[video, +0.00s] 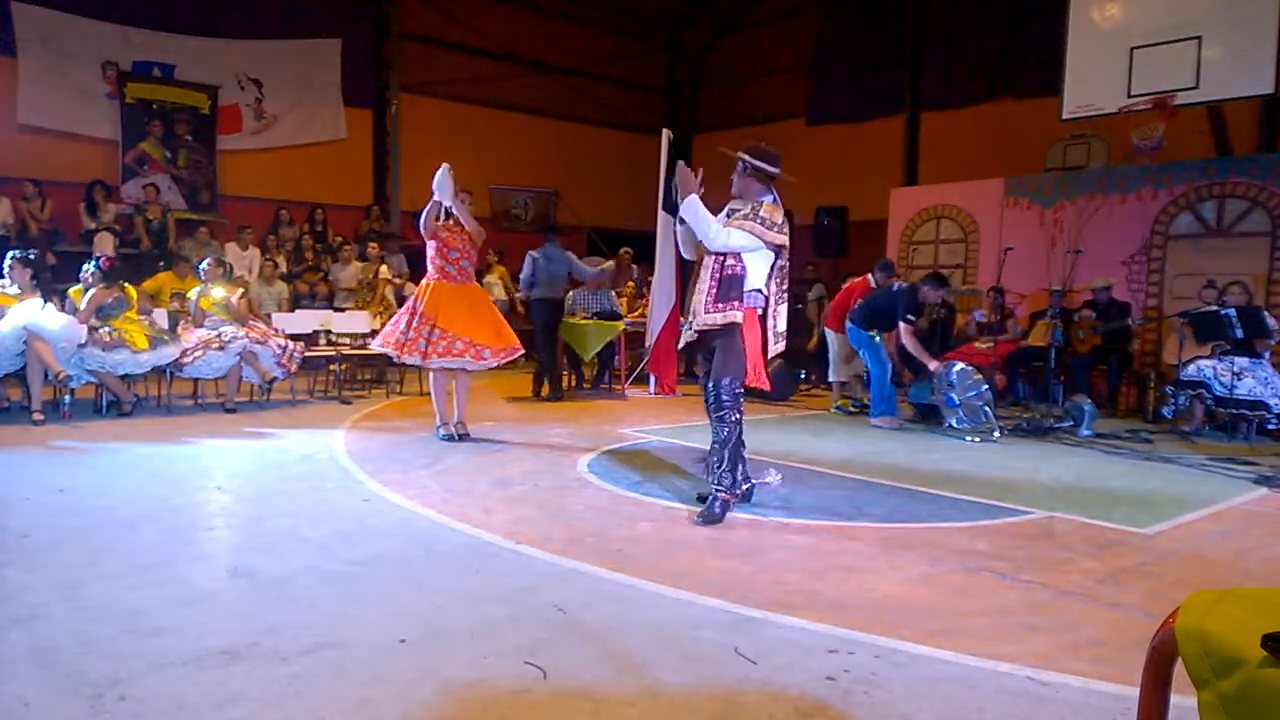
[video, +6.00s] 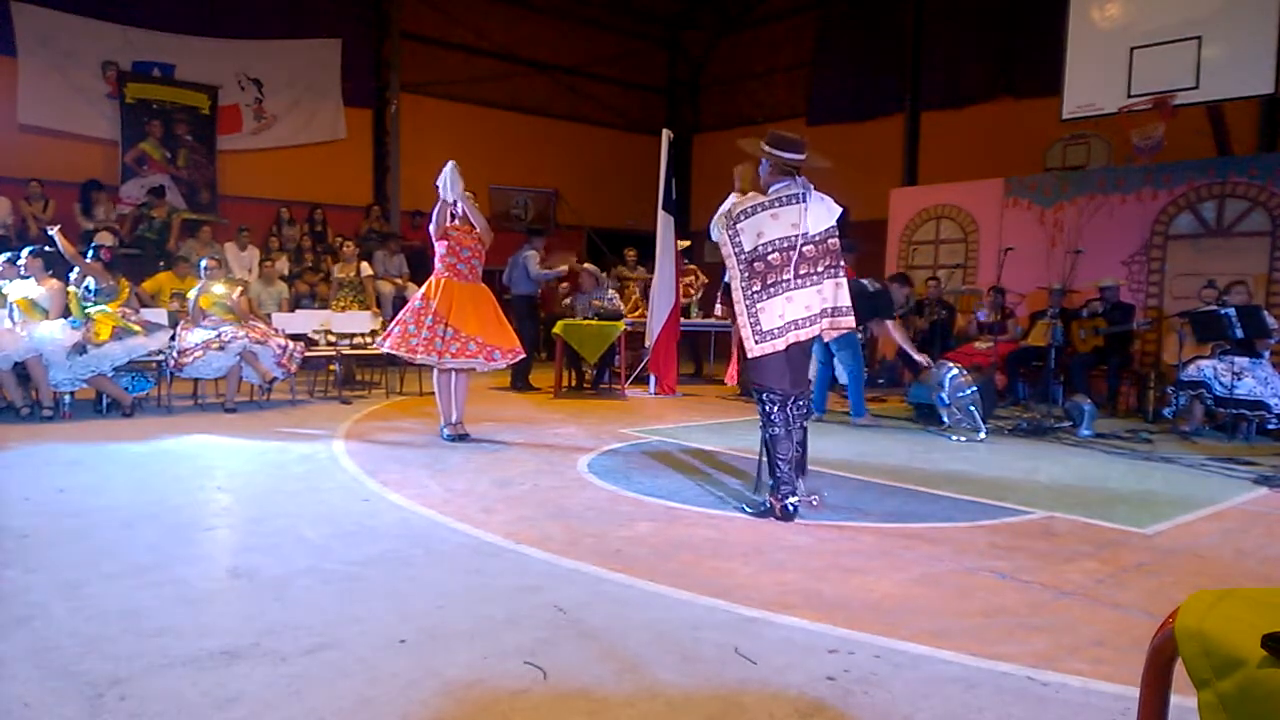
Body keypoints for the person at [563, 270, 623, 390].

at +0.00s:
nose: (597, 282)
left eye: (600, 278)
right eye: (594, 278)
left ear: (603, 280)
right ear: (587, 279)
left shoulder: (609, 294)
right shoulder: (573, 294)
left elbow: (619, 313)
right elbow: (567, 315)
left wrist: (597, 315)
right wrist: (578, 315)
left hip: (602, 330)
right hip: (580, 330)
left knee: (608, 349)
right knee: (571, 349)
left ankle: (598, 380)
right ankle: (579, 378)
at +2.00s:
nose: (592, 277)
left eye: (595, 274)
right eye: (590, 274)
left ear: (601, 277)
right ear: (584, 277)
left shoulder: (610, 294)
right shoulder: (575, 294)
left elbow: (619, 314)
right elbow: (565, 314)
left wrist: (599, 316)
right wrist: (578, 318)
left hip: (602, 332)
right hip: (580, 331)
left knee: (609, 348)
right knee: (570, 346)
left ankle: (597, 380)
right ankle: (579, 378)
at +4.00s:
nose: (597, 276)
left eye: (599, 273)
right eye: (595, 273)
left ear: (605, 277)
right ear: (590, 275)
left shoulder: (613, 296)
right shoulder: (578, 293)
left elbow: (620, 316)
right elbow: (565, 311)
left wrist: (600, 317)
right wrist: (577, 318)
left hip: (603, 332)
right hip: (581, 331)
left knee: (610, 349)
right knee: (570, 345)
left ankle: (597, 380)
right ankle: (578, 377)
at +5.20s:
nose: (583, 277)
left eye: (587, 274)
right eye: (584, 274)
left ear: (598, 278)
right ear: (584, 277)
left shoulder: (610, 295)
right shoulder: (578, 292)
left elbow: (618, 311)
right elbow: (557, 298)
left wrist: (601, 302)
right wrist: (572, 301)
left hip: (602, 330)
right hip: (579, 329)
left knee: (610, 348)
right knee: (570, 346)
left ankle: (597, 380)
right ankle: (579, 377)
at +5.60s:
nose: (578, 278)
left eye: (582, 275)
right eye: (579, 275)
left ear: (592, 278)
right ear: (578, 277)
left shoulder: (608, 294)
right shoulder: (575, 295)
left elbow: (618, 311)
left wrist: (600, 305)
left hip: (602, 331)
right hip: (580, 331)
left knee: (610, 348)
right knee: (570, 344)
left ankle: (597, 380)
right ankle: (579, 377)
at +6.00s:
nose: (580, 280)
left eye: (584, 277)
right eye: (580, 277)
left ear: (594, 280)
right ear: (579, 279)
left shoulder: (609, 294)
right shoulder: (576, 297)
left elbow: (620, 312)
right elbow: (560, 312)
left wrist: (601, 308)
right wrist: (560, 296)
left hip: (602, 332)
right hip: (580, 332)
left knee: (609, 348)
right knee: (570, 344)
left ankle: (597, 381)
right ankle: (579, 378)